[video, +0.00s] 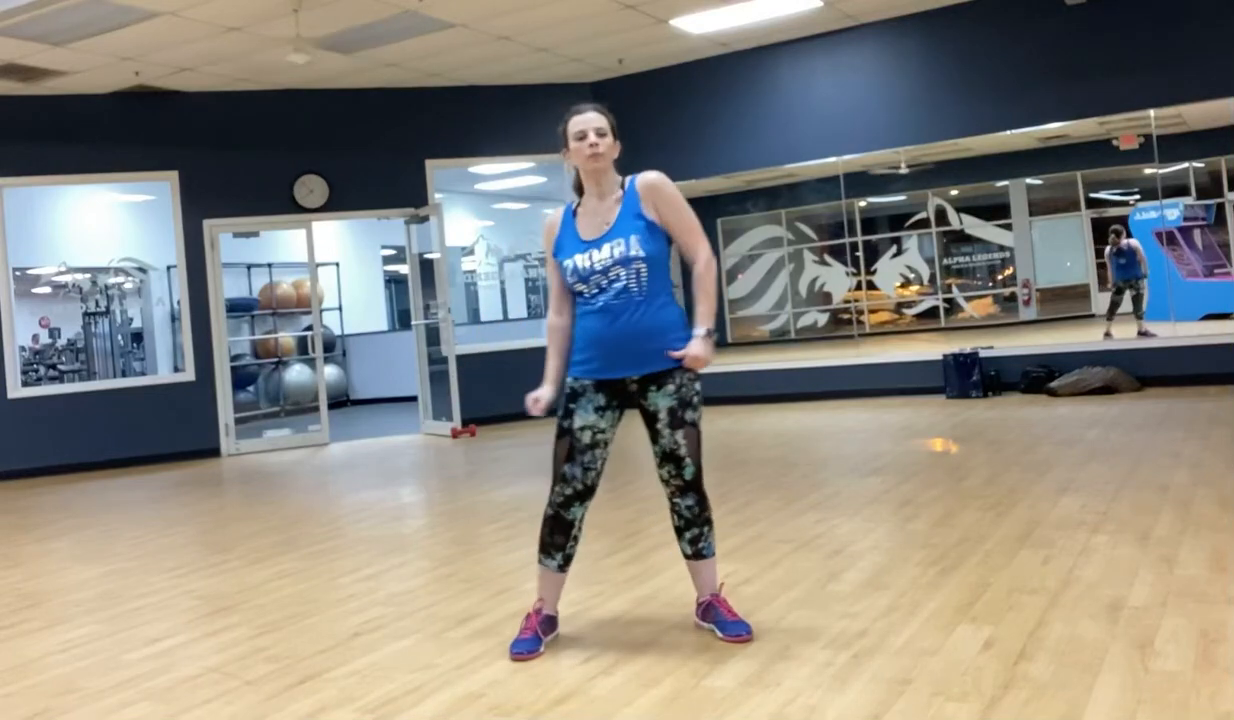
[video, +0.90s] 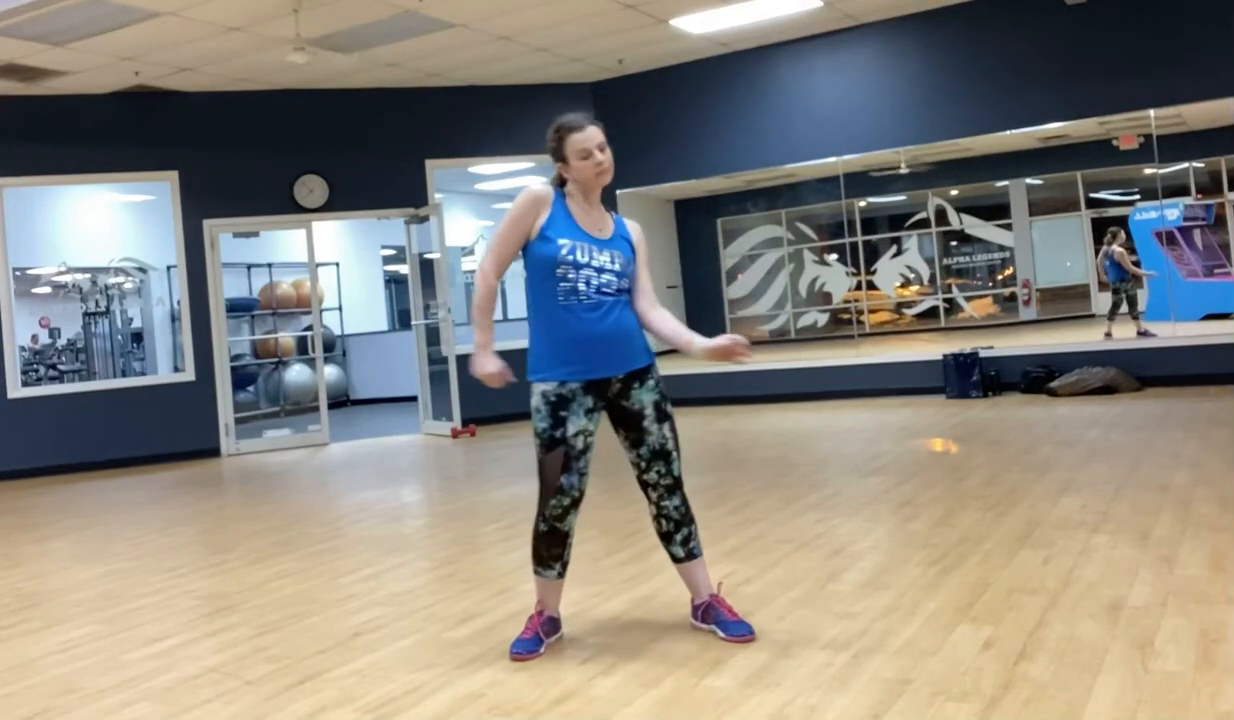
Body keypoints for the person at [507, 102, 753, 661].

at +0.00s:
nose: (593, 143)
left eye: (601, 134)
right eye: (581, 137)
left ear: (616, 143)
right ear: (567, 151)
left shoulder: (649, 188)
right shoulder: (559, 222)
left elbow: (703, 256)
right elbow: (559, 312)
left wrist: (703, 333)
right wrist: (550, 383)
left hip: (665, 367)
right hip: (591, 377)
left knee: (684, 483)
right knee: (569, 491)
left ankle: (711, 600)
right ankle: (544, 612)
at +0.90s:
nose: (602, 158)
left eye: (603, 148)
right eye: (588, 154)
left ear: (611, 152)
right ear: (564, 166)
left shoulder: (628, 231)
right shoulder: (540, 201)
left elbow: (648, 308)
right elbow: (489, 270)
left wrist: (702, 345)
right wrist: (482, 347)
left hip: (632, 371)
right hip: (562, 378)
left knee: (665, 483)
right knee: (559, 496)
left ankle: (705, 600)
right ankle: (545, 614)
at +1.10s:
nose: (584, 157)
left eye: (583, 146)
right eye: (569, 157)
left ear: (594, 148)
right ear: (553, 173)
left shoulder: (634, 222)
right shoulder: (535, 207)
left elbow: (645, 297)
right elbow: (482, 278)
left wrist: (647, 330)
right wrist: (444, 342)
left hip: (622, 372)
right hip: (548, 375)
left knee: (666, 479)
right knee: (547, 493)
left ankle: (706, 601)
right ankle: (544, 613)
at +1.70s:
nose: (600, 152)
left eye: (601, 141)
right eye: (586, 151)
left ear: (613, 142)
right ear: (570, 167)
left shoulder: (661, 202)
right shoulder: (560, 224)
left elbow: (731, 252)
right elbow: (555, 305)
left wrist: (758, 315)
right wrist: (558, 371)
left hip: (667, 368)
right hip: (592, 378)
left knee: (689, 482)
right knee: (569, 490)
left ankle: (712, 600)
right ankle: (547, 613)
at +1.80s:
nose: (601, 149)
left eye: (603, 138)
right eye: (586, 145)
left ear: (614, 142)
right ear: (569, 162)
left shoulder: (659, 205)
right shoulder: (558, 223)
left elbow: (723, 261)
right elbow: (540, 304)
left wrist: (779, 305)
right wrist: (554, 368)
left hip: (668, 368)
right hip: (591, 377)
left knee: (685, 482)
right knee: (571, 492)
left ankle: (711, 599)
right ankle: (547, 613)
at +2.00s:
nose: (590, 146)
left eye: (594, 136)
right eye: (576, 142)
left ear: (609, 143)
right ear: (561, 159)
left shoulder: (648, 212)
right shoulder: (544, 220)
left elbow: (694, 286)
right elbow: (510, 299)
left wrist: (747, 314)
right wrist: (498, 366)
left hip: (653, 370)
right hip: (576, 379)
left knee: (678, 484)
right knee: (560, 496)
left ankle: (711, 601)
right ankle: (546, 614)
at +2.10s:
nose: (578, 142)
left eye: (583, 133)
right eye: (565, 139)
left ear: (599, 143)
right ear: (550, 156)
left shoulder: (635, 215)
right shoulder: (528, 220)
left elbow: (659, 296)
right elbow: (476, 293)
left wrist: (698, 329)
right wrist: (439, 350)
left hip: (637, 371)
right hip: (560, 379)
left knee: (667, 484)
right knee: (552, 497)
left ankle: (710, 600)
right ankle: (545, 615)